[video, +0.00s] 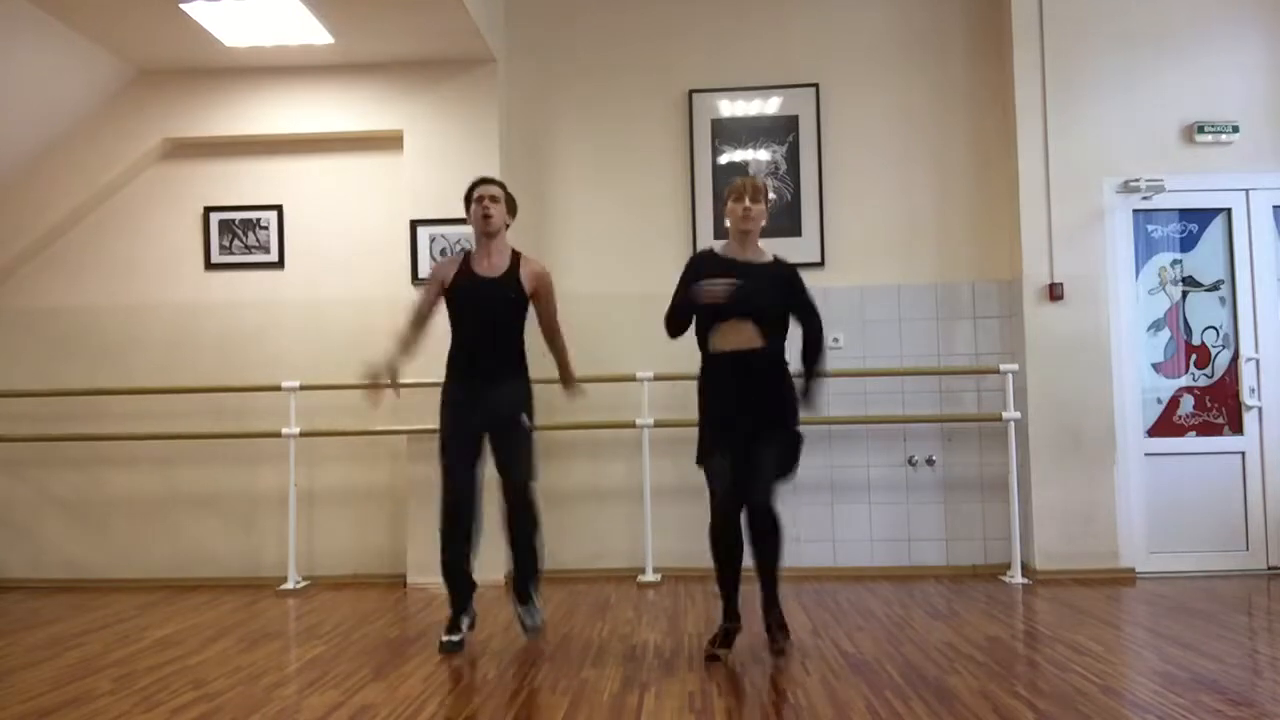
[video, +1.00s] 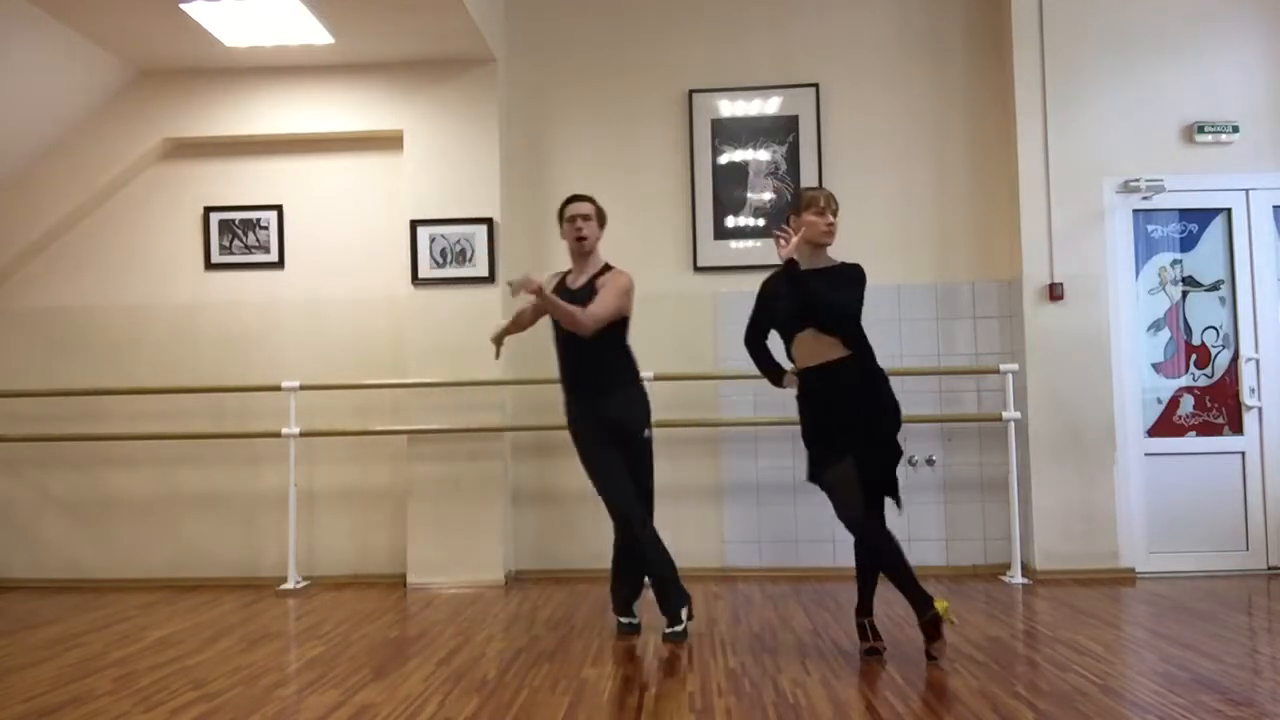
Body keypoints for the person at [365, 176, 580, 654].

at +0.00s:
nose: (485, 207)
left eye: (493, 201)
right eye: (477, 202)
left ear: (509, 214)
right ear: (468, 216)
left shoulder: (531, 273)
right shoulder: (448, 272)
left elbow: (551, 330)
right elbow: (417, 323)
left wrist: (567, 375)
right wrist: (392, 365)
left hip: (511, 396)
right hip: (461, 397)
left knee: (519, 496)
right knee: (457, 502)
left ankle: (525, 591)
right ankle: (460, 608)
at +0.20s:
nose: (476, 215)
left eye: (484, 209)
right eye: (469, 209)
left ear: (500, 223)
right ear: (459, 222)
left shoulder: (519, 275)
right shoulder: (448, 272)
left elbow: (527, 319)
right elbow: (419, 310)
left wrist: (529, 348)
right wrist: (434, 277)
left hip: (495, 390)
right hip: (449, 389)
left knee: (431, 464)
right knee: (431, 505)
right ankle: (424, 615)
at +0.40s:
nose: (472, 218)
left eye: (480, 213)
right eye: (465, 213)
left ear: (496, 227)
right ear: (455, 228)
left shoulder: (518, 280)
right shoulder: (438, 280)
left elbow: (530, 345)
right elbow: (411, 340)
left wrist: (552, 400)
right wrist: (435, 329)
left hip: (502, 385)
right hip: (452, 390)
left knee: (454, 419)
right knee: (427, 488)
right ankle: (414, 608)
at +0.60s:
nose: (471, 231)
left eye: (481, 225)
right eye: (465, 226)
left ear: (499, 240)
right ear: (458, 240)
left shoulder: (522, 291)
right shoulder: (440, 300)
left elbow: (573, 337)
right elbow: (430, 364)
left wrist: (602, 303)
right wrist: (425, 424)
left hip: (521, 417)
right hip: (470, 419)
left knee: (560, 501)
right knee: (432, 510)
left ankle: (590, 585)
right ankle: (413, 619)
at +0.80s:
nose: (522, 232)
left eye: (530, 225)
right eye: (514, 227)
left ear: (548, 237)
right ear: (507, 240)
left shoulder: (562, 278)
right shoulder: (506, 294)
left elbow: (579, 249)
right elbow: (484, 333)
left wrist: (582, 212)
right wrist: (455, 363)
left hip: (586, 408)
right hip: (539, 413)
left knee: (610, 509)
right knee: (510, 493)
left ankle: (624, 605)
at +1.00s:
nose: (579, 227)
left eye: (586, 220)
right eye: (571, 221)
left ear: (601, 229)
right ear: (561, 231)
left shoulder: (618, 281)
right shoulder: (556, 285)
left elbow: (585, 323)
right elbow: (527, 319)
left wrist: (542, 295)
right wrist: (503, 332)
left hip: (627, 407)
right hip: (584, 414)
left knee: (633, 510)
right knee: (627, 511)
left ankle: (624, 603)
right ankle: (677, 604)